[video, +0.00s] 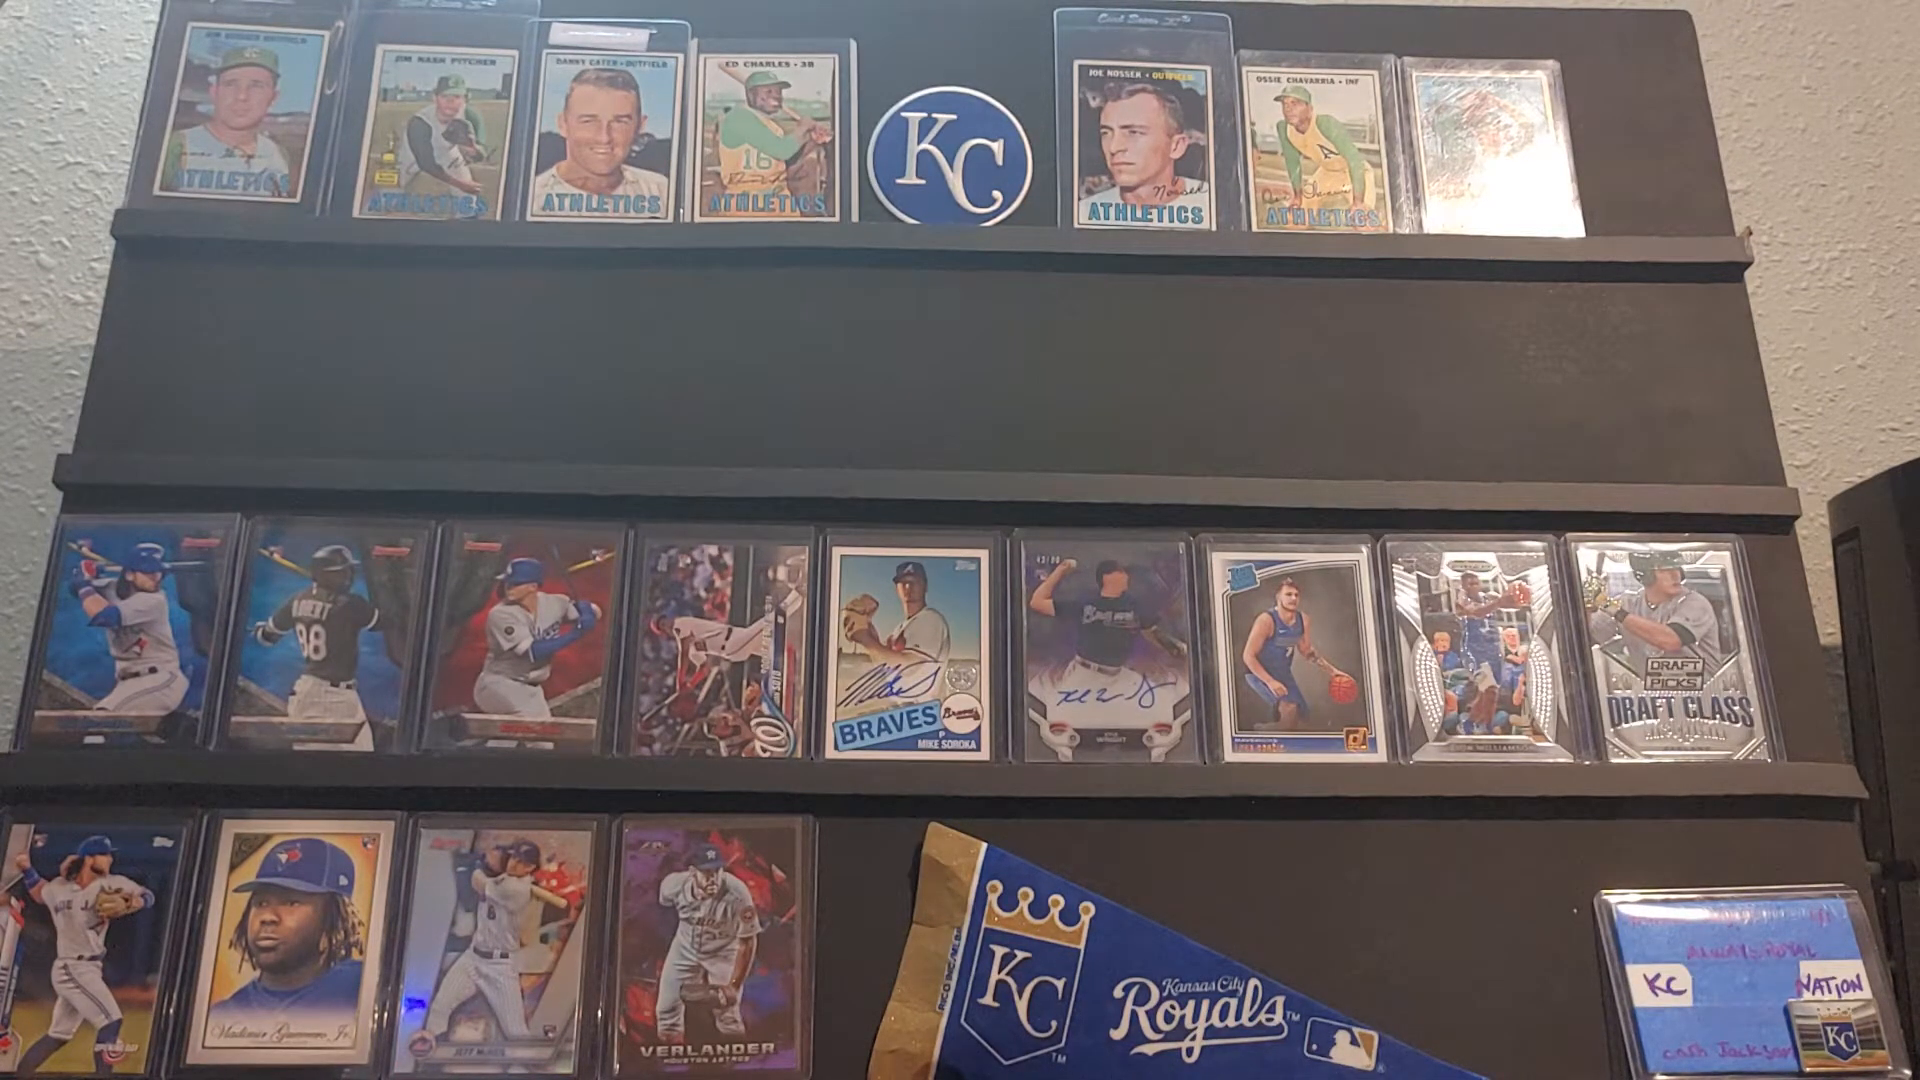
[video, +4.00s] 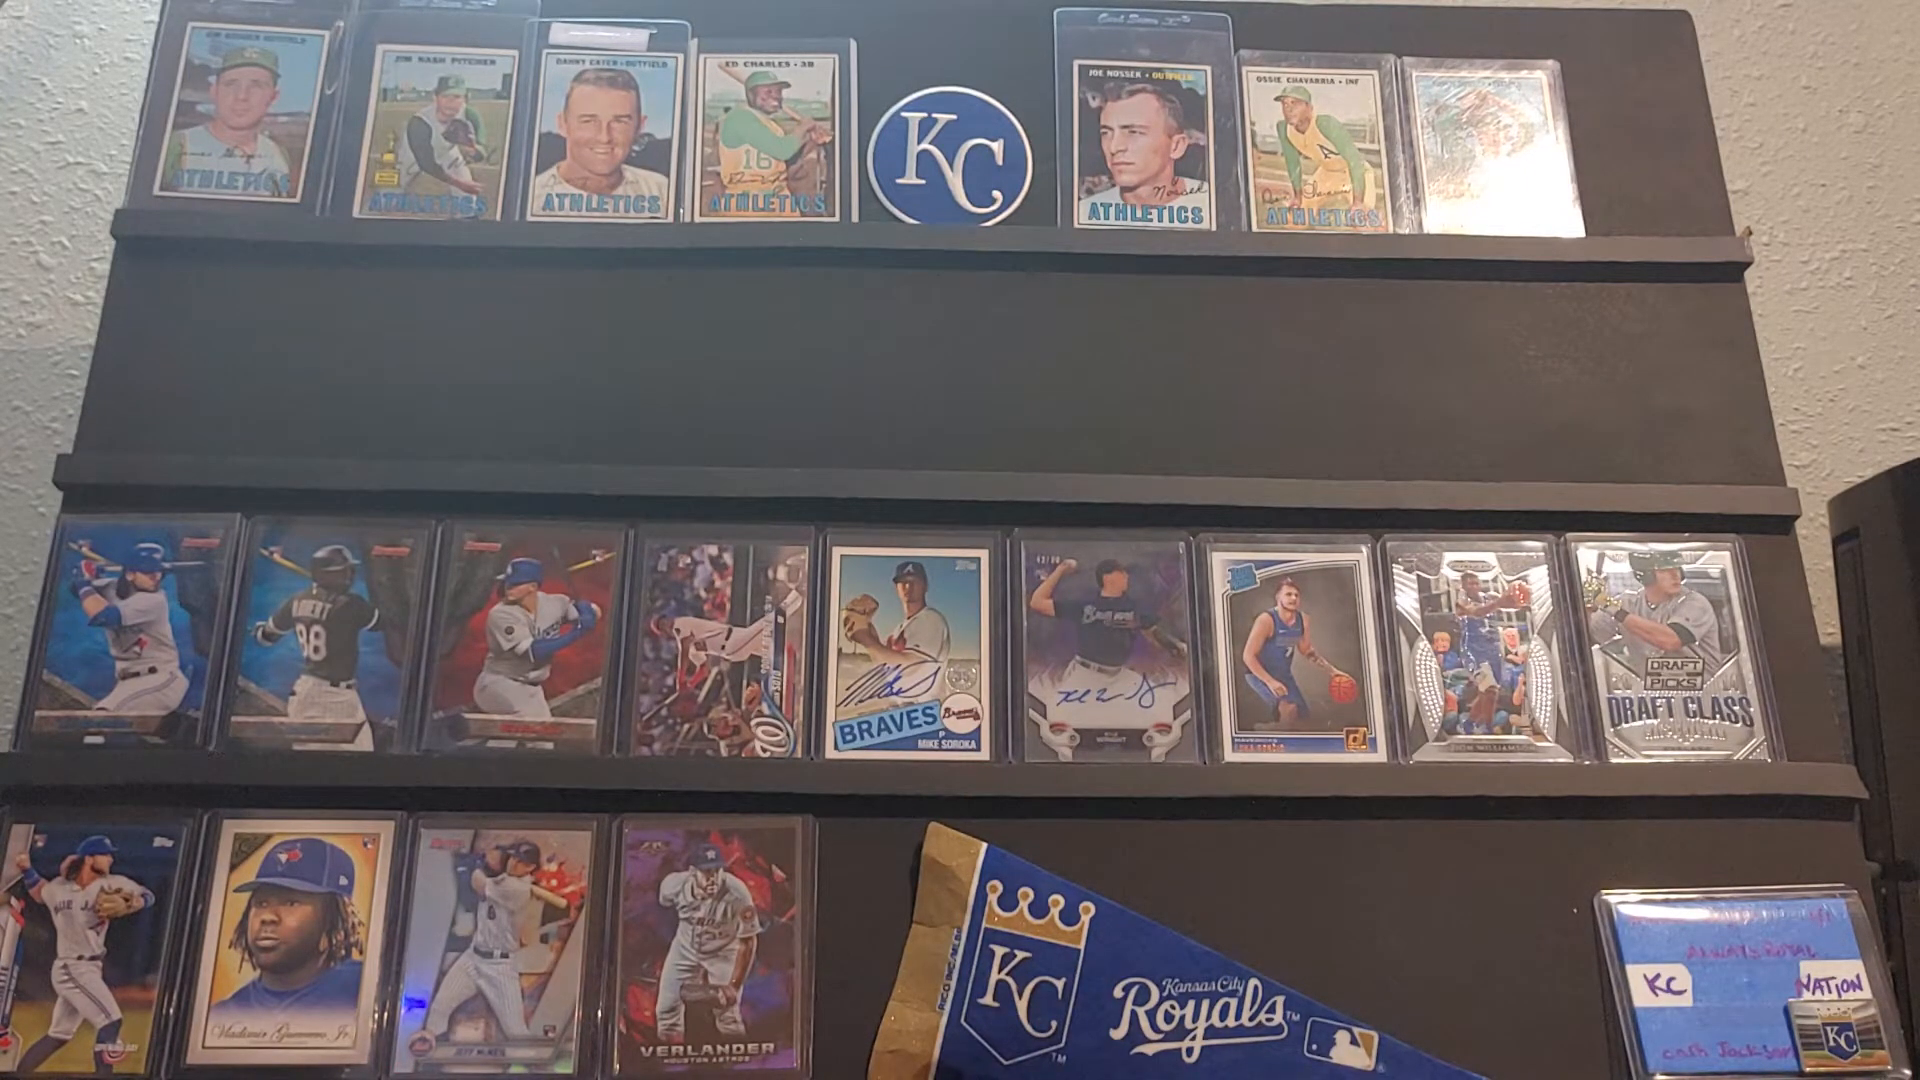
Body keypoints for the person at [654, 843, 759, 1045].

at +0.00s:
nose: (711, 878)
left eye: (715, 871)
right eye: (705, 872)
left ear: (721, 869)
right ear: (692, 871)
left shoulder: (738, 893)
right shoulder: (673, 885)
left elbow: (748, 942)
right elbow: (667, 910)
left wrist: (735, 985)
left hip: (724, 953)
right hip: (684, 947)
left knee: (727, 1014)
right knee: (666, 1008)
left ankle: (740, 1068)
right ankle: (673, 1069)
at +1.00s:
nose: (711, 878)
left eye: (715, 871)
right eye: (705, 872)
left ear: (722, 869)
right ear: (693, 871)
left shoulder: (738, 893)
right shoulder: (673, 885)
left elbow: (748, 941)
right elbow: (666, 907)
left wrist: (735, 985)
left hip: (724, 953)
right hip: (684, 947)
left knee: (727, 1014)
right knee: (666, 1009)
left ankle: (740, 1068)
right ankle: (674, 1071)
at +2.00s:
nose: (711, 878)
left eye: (716, 872)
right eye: (705, 872)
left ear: (722, 870)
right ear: (692, 871)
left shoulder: (738, 893)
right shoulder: (673, 885)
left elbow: (748, 941)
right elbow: (666, 908)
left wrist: (735, 985)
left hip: (724, 953)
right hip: (684, 947)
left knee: (727, 1014)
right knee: (666, 1009)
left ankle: (740, 1069)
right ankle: (674, 1069)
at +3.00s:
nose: (712, 879)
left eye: (716, 872)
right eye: (705, 872)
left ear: (722, 870)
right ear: (692, 871)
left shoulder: (738, 894)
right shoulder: (672, 886)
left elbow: (749, 942)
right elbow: (667, 909)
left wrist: (735, 985)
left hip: (724, 954)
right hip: (684, 948)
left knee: (727, 1015)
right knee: (666, 1009)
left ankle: (740, 1068)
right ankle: (673, 1069)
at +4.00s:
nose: (711, 878)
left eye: (716, 871)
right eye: (706, 872)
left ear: (722, 869)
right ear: (693, 870)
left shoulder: (738, 893)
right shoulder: (673, 885)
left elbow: (748, 941)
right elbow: (667, 907)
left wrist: (734, 985)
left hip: (724, 954)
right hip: (684, 947)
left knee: (727, 1014)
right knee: (666, 1009)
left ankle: (741, 1068)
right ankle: (674, 1069)